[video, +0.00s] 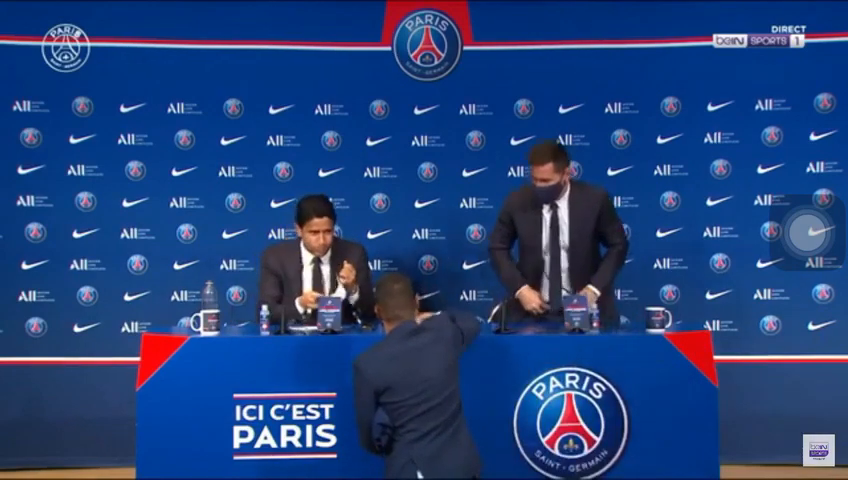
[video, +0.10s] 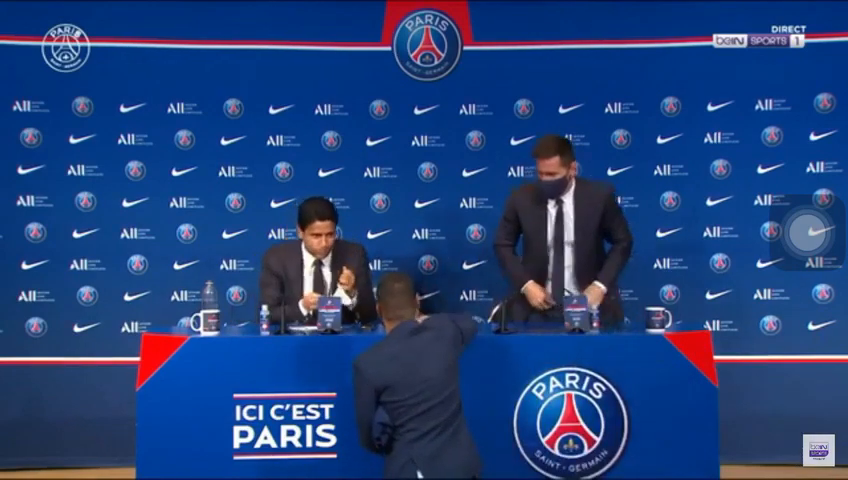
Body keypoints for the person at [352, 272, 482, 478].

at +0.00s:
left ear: (378, 312)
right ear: (417, 303)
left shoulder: (368, 364)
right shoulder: (444, 332)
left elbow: (369, 438)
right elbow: (473, 323)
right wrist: (433, 317)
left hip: (407, 464)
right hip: (459, 459)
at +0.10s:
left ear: (379, 310)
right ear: (417, 302)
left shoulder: (368, 363)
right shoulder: (445, 330)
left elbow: (369, 437)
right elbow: (471, 324)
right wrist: (425, 319)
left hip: (407, 464)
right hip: (458, 459)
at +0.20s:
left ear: (380, 310)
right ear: (417, 303)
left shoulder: (369, 362)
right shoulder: (445, 329)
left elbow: (369, 436)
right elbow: (464, 324)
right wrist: (424, 319)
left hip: (406, 463)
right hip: (458, 459)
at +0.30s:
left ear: (380, 310)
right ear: (417, 304)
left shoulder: (368, 362)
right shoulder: (444, 329)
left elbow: (368, 435)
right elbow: (464, 325)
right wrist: (424, 319)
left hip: (406, 462)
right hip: (458, 458)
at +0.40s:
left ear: (378, 308)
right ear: (416, 303)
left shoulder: (366, 361)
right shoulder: (444, 331)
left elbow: (366, 433)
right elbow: (467, 329)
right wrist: (428, 317)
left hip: (404, 461)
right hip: (456, 457)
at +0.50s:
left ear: (378, 309)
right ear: (416, 302)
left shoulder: (365, 361)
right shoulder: (444, 331)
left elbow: (365, 433)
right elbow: (470, 334)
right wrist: (427, 317)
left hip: (403, 462)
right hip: (454, 458)